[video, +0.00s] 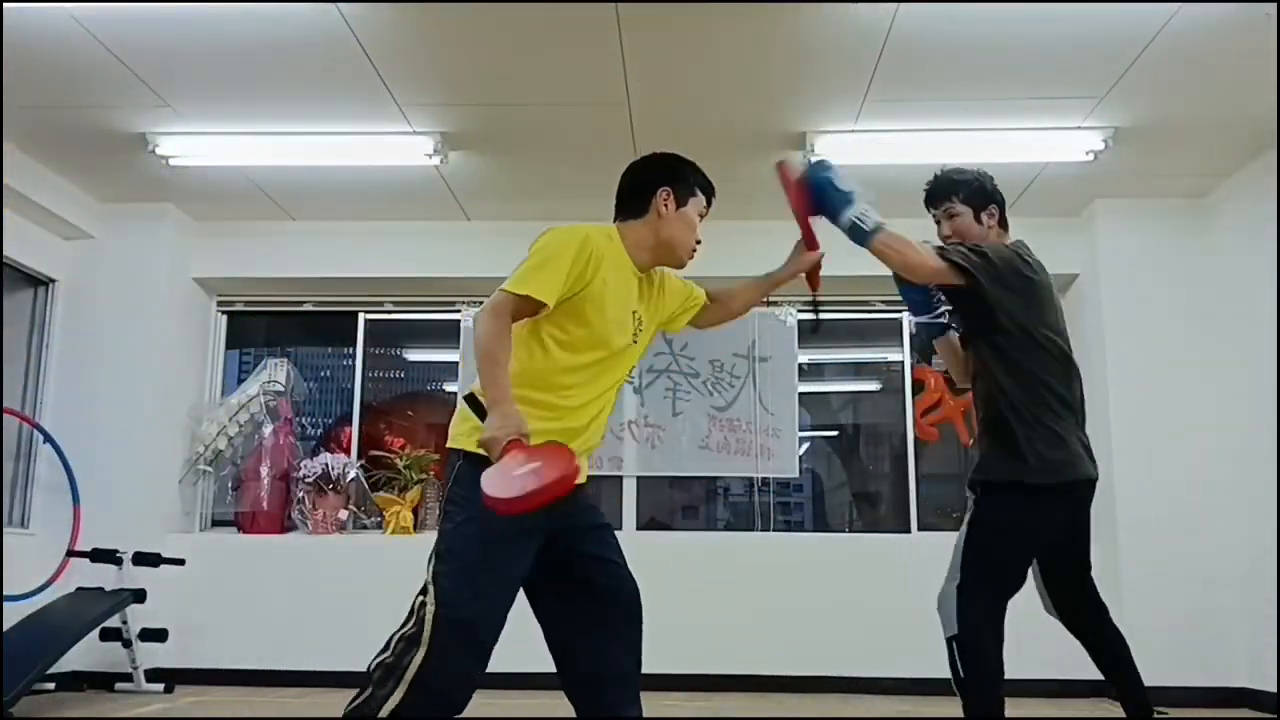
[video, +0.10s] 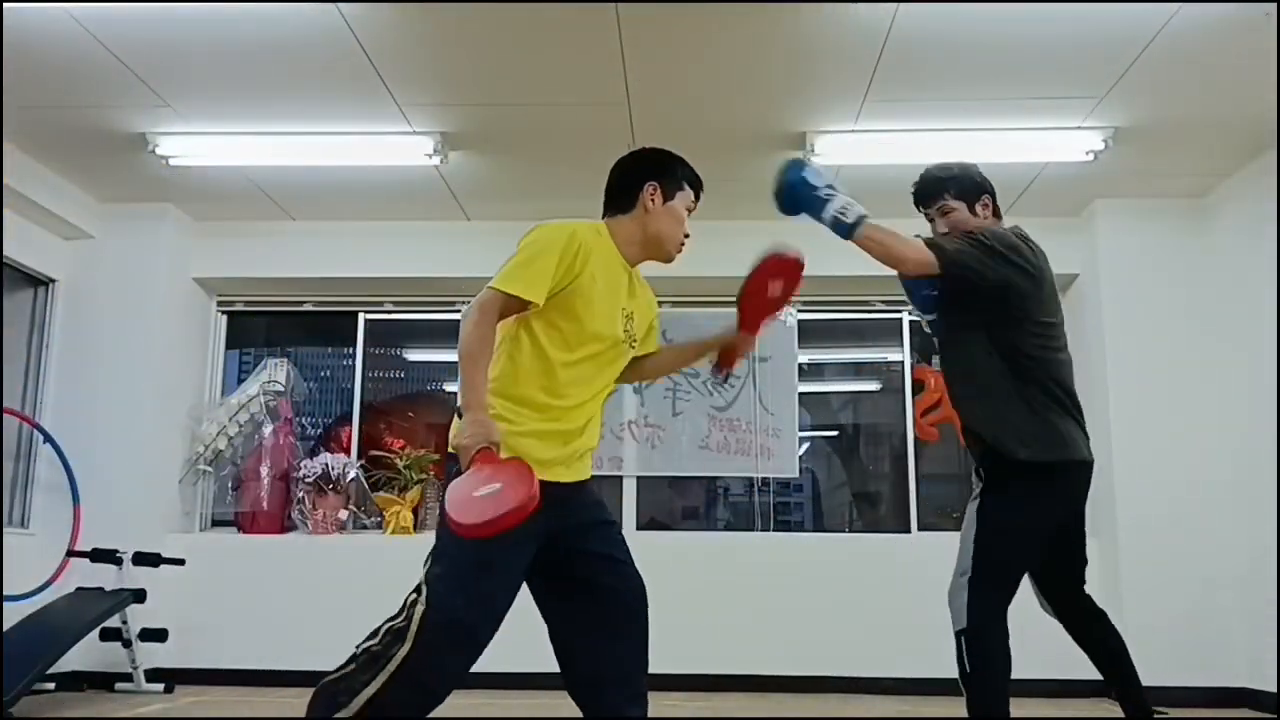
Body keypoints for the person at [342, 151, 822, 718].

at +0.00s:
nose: (703, 233)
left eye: (706, 220)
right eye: (700, 215)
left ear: (664, 207)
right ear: (664, 202)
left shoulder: (660, 290)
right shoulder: (579, 246)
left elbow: (714, 306)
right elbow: (493, 317)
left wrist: (785, 274)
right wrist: (501, 406)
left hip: (560, 478)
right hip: (496, 464)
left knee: (608, 609)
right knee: (455, 630)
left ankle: (614, 713)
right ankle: (378, 711)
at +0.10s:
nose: (690, 230)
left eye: (692, 216)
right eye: (687, 211)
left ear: (652, 203)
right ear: (652, 199)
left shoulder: (640, 297)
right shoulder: (566, 242)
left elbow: (638, 367)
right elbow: (482, 313)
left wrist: (714, 344)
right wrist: (475, 412)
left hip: (570, 488)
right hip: (503, 477)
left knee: (614, 615)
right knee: (443, 630)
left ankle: (619, 716)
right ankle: (335, 709)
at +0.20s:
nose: (663, 231)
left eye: (666, 217)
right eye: (660, 212)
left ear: (625, 205)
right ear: (625, 200)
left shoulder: (606, 302)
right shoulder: (546, 245)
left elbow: (558, 398)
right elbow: (462, 318)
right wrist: (461, 424)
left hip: (562, 496)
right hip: (488, 488)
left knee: (619, 615)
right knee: (412, 631)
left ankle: (623, 714)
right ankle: (299, 707)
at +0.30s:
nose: (627, 252)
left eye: (630, 239)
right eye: (625, 233)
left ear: (590, 223)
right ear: (591, 219)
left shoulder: (558, 307)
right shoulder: (515, 257)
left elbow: (505, 403)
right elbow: (438, 333)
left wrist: (548, 460)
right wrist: (459, 439)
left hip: (520, 504)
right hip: (446, 497)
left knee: (593, 617)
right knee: (378, 645)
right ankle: (282, 713)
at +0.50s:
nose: (555, 262)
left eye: (558, 248)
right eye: (553, 242)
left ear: (517, 233)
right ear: (519, 229)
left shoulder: (473, 312)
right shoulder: (450, 265)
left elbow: (431, 421)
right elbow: (414, 348)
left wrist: (513, 425)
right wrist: (470, 441)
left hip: (443, 501)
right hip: (377, 496)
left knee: (511, 626)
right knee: (336, 663)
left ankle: (548, 711)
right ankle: (279, 711)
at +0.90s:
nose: (589, 252)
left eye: (592, 237)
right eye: (586, 231)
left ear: (547, 224)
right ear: (549, 218)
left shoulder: (508, 308)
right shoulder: (478, 252)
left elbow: (500, 401)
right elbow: (394, 320)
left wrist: (567, 353)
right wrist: (397, 412)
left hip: (466, 488)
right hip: (394, 478)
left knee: (521, 608)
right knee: (344, 638)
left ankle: (523, 712)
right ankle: (268, 712)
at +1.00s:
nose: (602, 240)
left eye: (604, 228)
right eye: (597, 222)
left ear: (561, 217)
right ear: (559, 212)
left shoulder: (556, 311)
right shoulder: (483, 251)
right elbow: (392, 315)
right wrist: (408, 409)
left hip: (472, 482)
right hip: (397, 471)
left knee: (520, 609)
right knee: (355, 632)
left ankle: (522, 711)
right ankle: (274, 709)